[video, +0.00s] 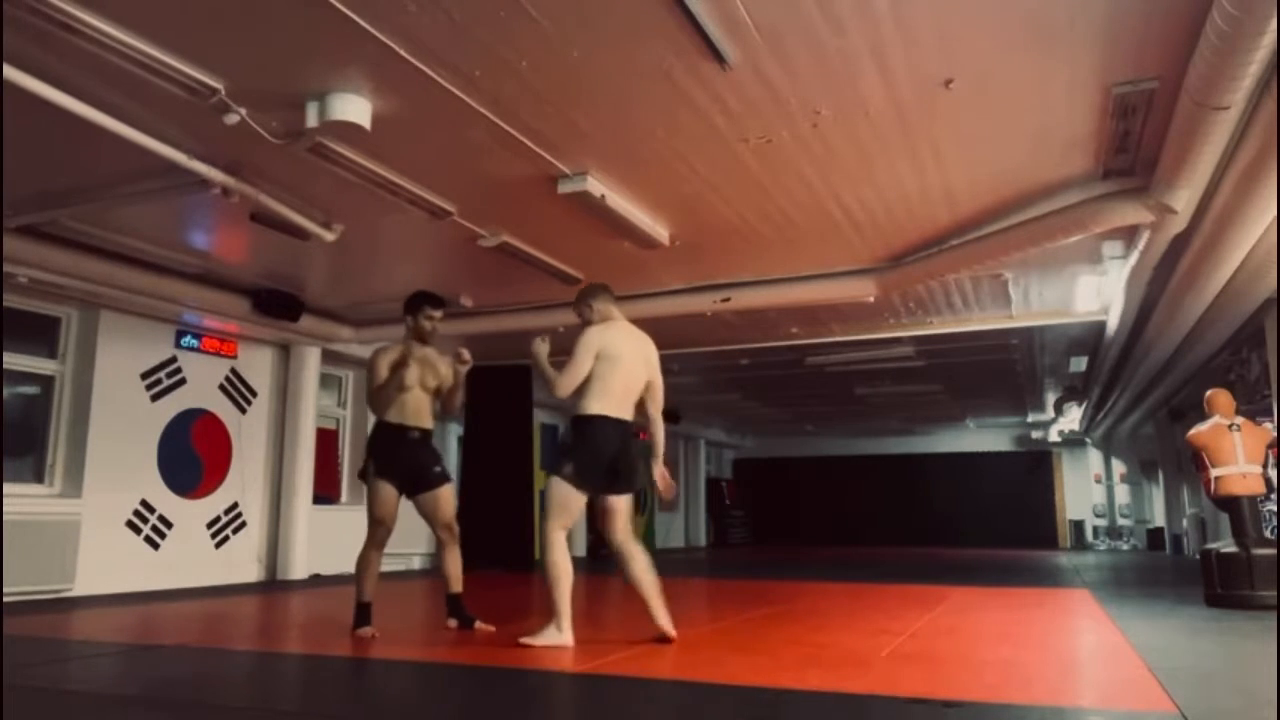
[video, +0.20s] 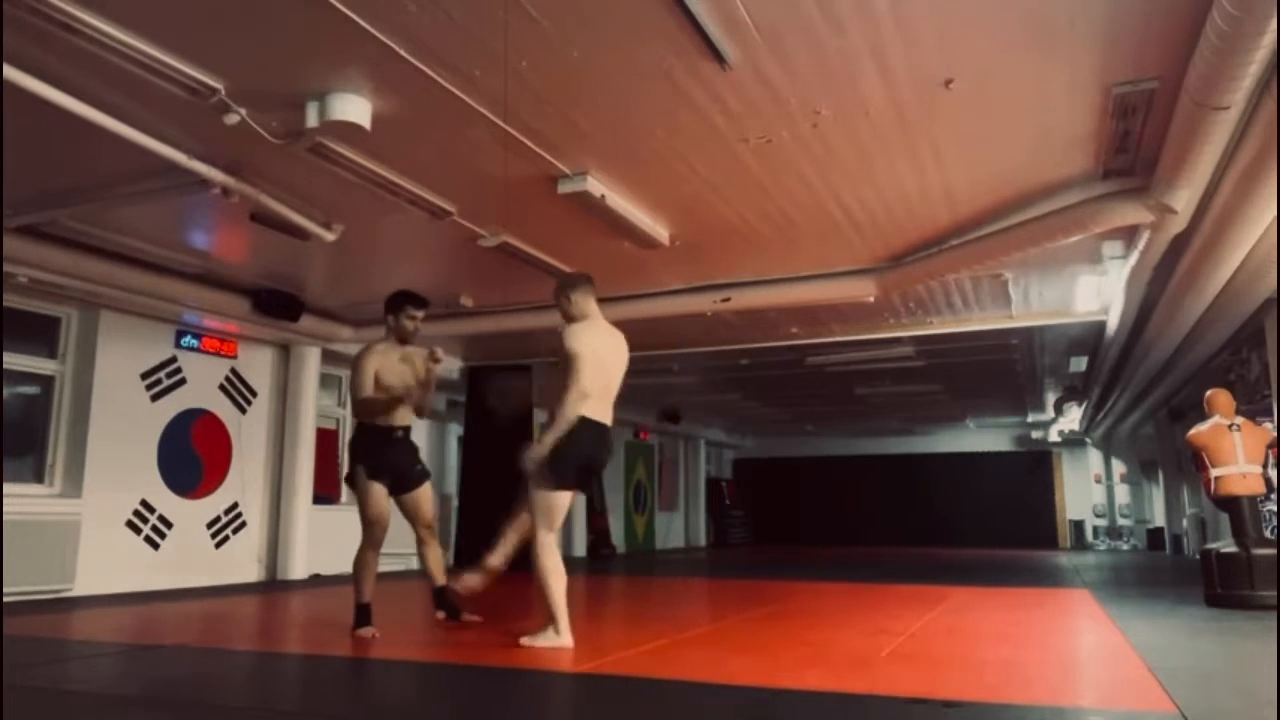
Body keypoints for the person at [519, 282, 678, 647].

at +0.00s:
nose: (583, 322)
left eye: (582, 316)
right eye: (581, 316)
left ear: (592, 308)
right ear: (613, 305)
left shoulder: (595, 334)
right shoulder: (647, 344)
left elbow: (562, 388)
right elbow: (655, 410)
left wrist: (540, 358)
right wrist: (658, 458)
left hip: (588, 437)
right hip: (626, 443)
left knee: (556, 528)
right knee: (622, 534)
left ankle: (561, 627)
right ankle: (663, 619)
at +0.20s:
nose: (560, 314)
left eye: (560, 306)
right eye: (559, 307)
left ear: (571, 301)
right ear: (592, 298)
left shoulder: (576, 333)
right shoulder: (619, 339)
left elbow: (578, 393)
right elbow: (603, 395)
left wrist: (544, 443)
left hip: (574, 429)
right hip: (600, 436)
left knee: (545, 533)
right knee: (535, 504)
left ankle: (561, 630)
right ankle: (488, 566)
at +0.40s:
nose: (559, 296)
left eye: (562, 289)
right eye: (559, 290)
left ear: (582, 283)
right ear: (571, 286)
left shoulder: (607, 327)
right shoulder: (567, 316)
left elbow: (626, 375)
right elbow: (528, 306)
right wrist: (500, 281)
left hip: (550, 425)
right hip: (522, 404)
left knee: (527, 517)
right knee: (451, 419)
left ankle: (541, 610)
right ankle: (470, 473)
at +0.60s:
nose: (546, 325)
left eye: (551, 319)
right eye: (547, 319)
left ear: (574, 316)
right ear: (554, 317)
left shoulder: (602, 360)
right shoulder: (545, 344)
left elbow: (636, 393)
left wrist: (591, 347)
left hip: (521, 444)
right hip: (492, 404)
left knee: (504, 527)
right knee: (420, 399)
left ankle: (488, 617)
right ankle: (407, 381)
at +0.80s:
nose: (548, 339)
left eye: (550, 333)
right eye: (546, 334)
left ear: (572, 328)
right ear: (547, 332)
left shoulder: (594, 374)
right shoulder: (540, 351)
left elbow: (572, 421)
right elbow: (513, 357)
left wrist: (562, 353)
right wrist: (481, 359)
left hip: (516, 449)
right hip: (488, 411)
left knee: (503, 529)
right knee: (419, 403)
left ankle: (487, 620)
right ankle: (376, 398)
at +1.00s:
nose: (524, 304)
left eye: (527, 296)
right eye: (523, 298)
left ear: (543, 290)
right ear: (535, 294)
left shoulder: (572, 336)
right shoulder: (540, 324)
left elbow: (551, 395)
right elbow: (509, 328)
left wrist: (518, 346)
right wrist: (479, 317)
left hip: (535, 433)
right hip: (506, 415)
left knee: (519, 526)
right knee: (451, 432)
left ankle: (507, 618)